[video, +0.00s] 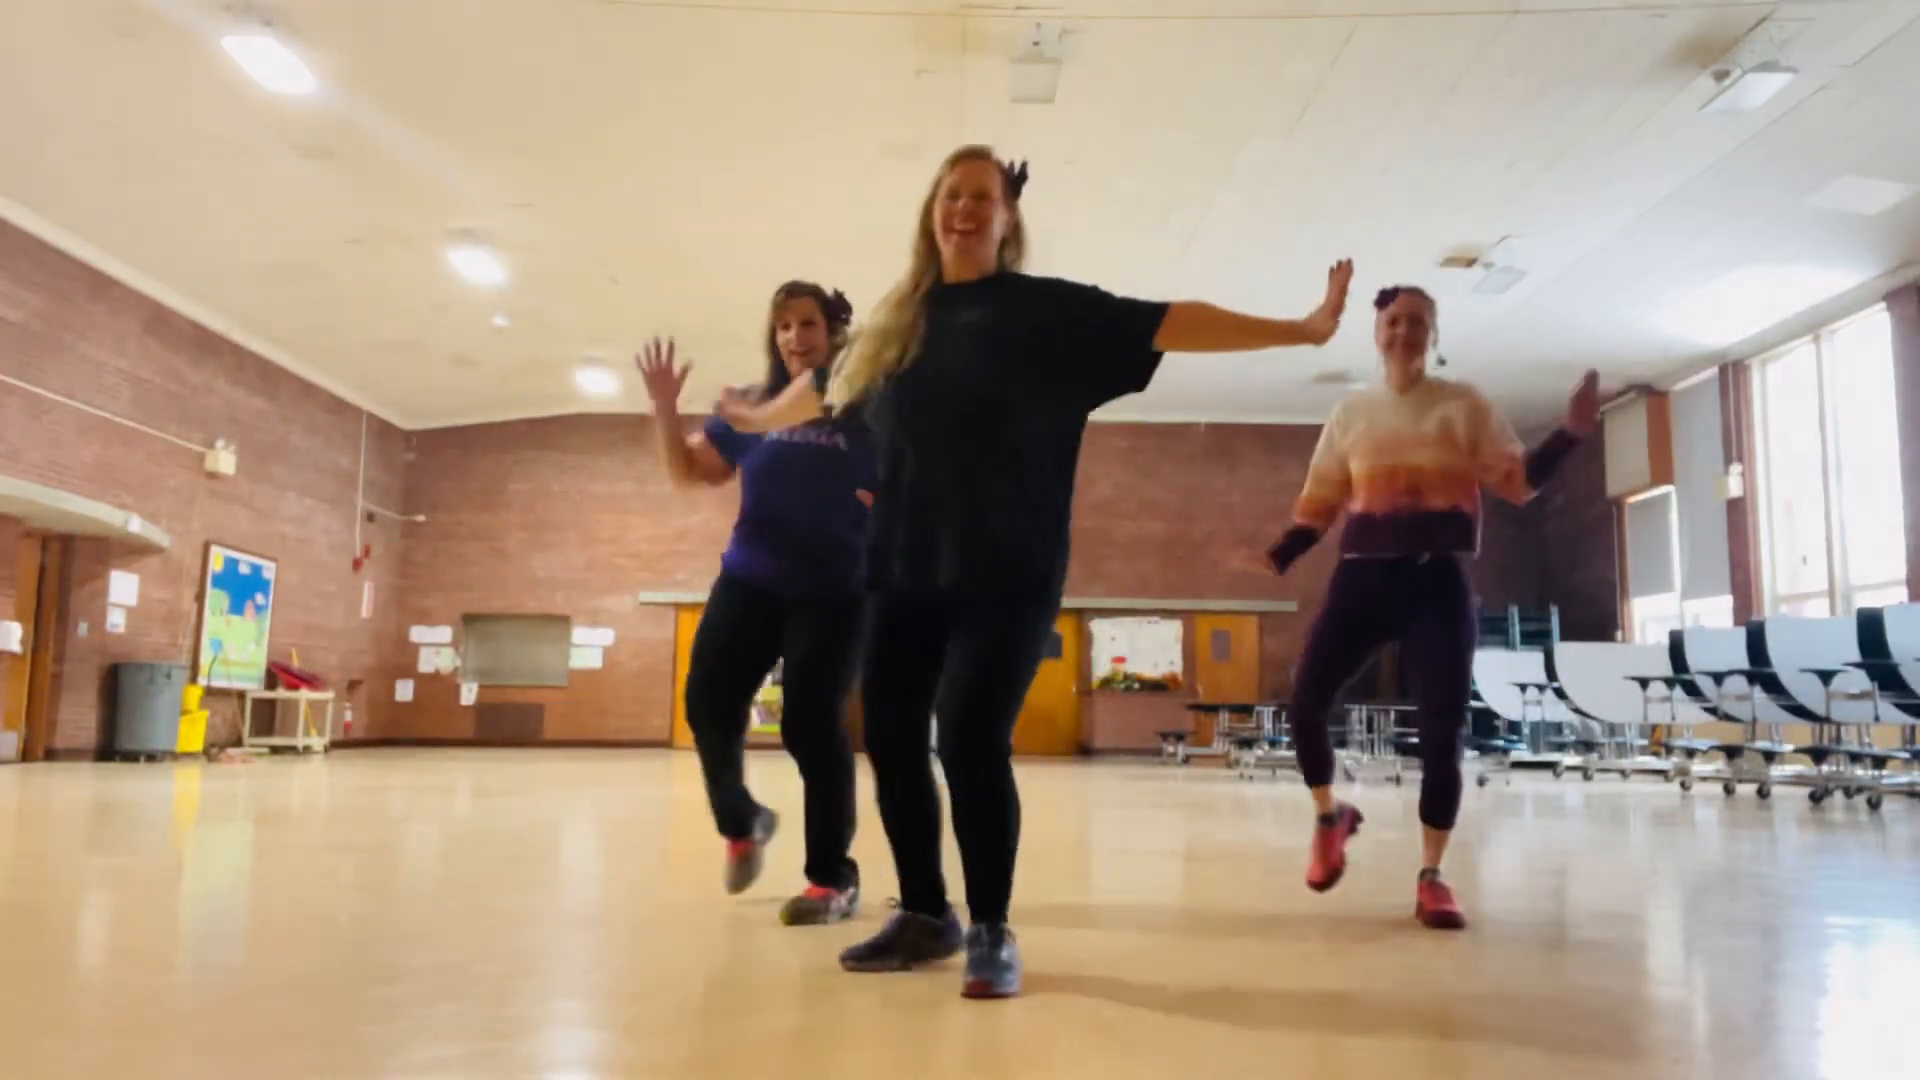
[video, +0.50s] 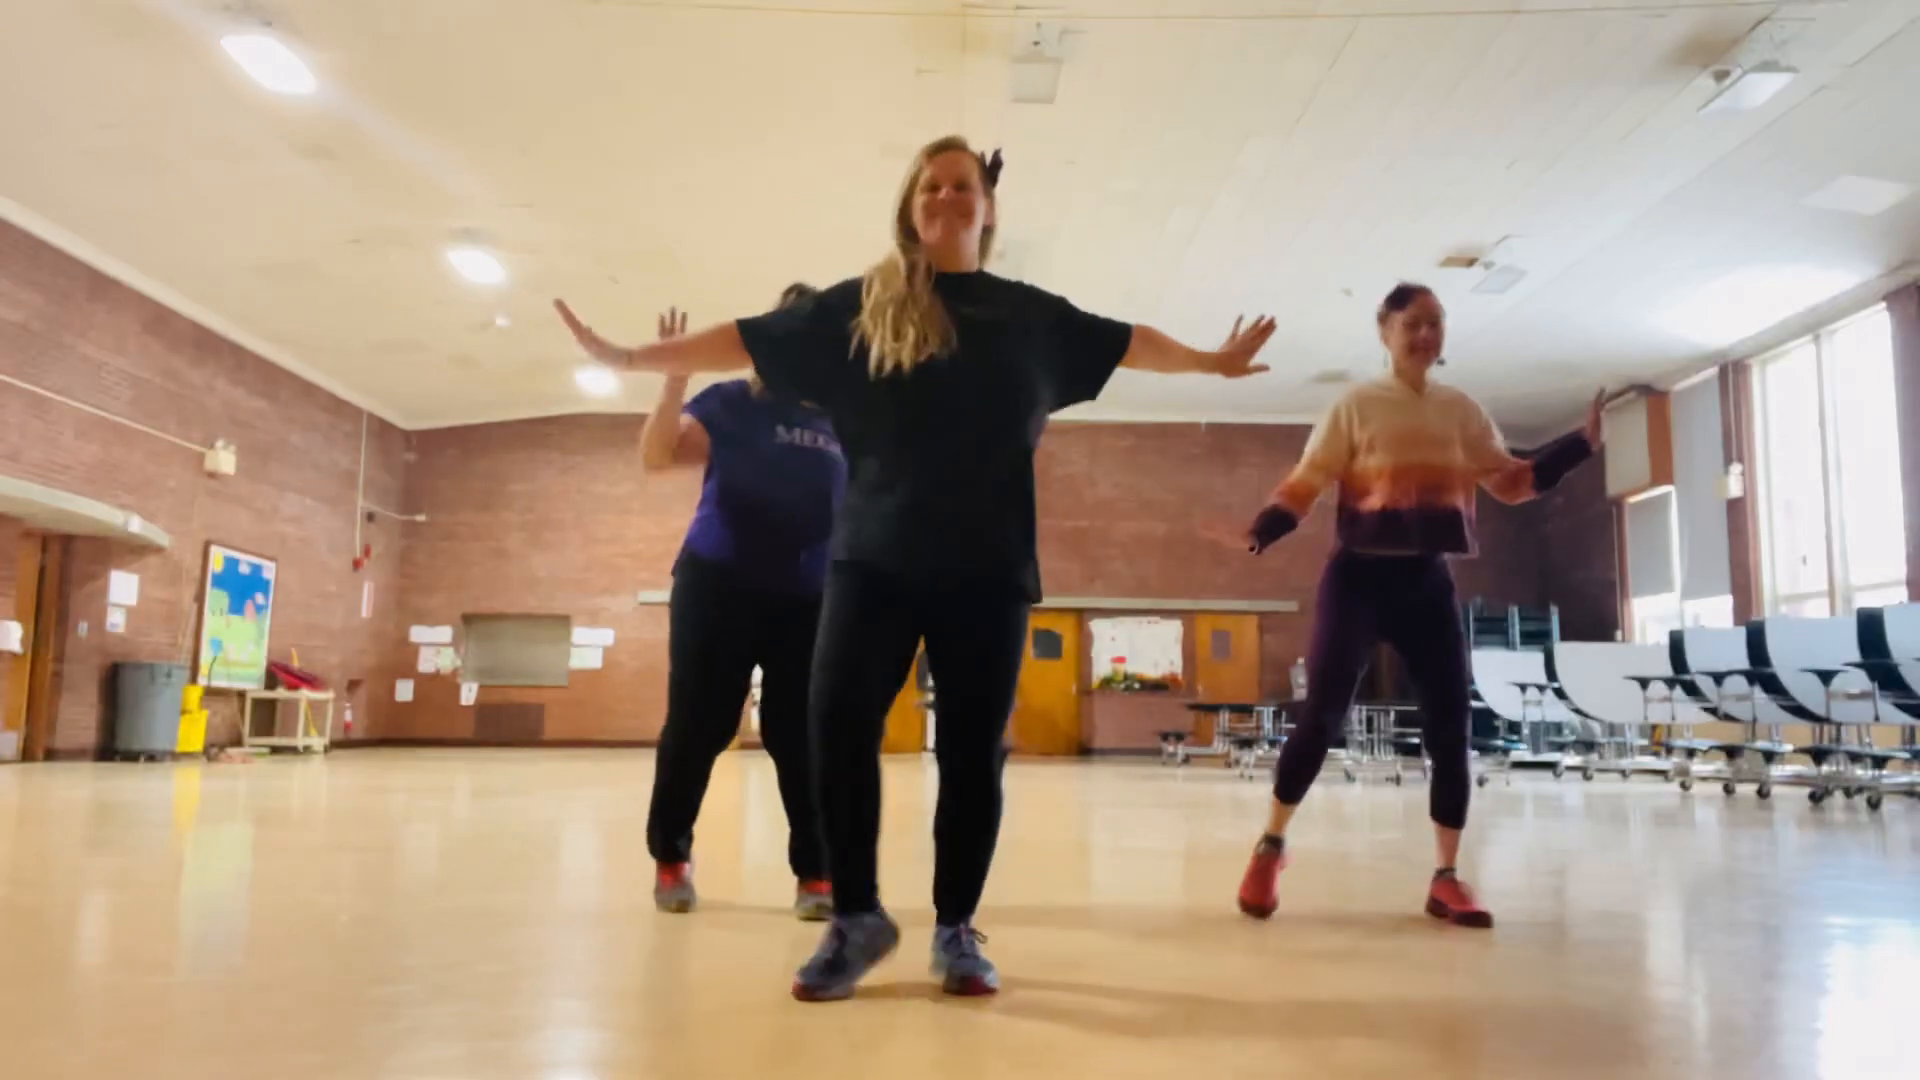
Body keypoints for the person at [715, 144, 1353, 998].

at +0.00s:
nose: (964, 207)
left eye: (981, 197)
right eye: (952, 195)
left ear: (1009, 218)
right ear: (931, 214)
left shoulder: (1048, 308)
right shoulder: (902, 321)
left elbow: (1168, 322)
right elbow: (828, 384)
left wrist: (1303, 330)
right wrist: (761, 417)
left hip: (1011, 561)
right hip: (911, 559)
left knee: (972, 738)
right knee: (888, 733)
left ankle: (990, 930)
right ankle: (924, 916)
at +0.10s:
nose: (965, 211)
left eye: (983, 200)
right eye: (952, 198)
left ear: (1007, 224)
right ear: (929, 218)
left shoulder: (1048, 320)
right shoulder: (889, 323)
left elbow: (1174, 336)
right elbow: (798, 375)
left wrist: (1303, 346)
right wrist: (708, 407)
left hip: (1024, 570)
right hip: (918, 568)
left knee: (991, 747)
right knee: (821, 718)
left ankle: (990, 934)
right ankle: (887, 876)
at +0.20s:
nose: (961, 207)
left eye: (978, 198)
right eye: (947, 196)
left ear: (1005, 222)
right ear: (926, 218)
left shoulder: (1046, 325)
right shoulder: (879, 321)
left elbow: (1164, 346)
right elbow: (779, 365)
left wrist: (1284, 358)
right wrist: (677, 397)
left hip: (1024, 569)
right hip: (915, 566)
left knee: (1002, 745)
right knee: (820, 694)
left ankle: (992, 934)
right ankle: (862, 874)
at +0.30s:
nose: (959, 193)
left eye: (976, 184)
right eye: (944, 182)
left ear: (998, 209)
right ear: (921, 206)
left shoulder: (1035, 312)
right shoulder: (872, 304)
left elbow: (1147, 343)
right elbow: (764, 351)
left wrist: (1258, 369)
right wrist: (660, 379)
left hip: (1003, 564)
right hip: (894, 560)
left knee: (992, 751)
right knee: (856, 736)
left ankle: (992, 934)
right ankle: (881, 936)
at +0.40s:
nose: (957, 188)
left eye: (972, 179)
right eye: (941, 177)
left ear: (993, 206)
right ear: (914, 202)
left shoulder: (1027, 309)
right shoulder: (861, 302)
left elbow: (1134, 342)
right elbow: (752, 343)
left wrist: (1232, 368)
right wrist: (648, 364)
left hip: (988, 567)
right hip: (877, 565)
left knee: (988, 751)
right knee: (869, 753)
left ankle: (979, 924)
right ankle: (877, 938)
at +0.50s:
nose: (952, 198)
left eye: (967, 186)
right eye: (936, 185)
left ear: (990, 210)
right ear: (909, 210)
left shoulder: (1028, 313)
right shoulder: (858, 309)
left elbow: (1125, 341)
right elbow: (743, 339)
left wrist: (1214, 362)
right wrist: (630, 355)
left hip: (987, 570)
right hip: (873, 564)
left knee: (972, 752)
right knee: (838, 727)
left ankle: (956, 927)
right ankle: (859, 918)